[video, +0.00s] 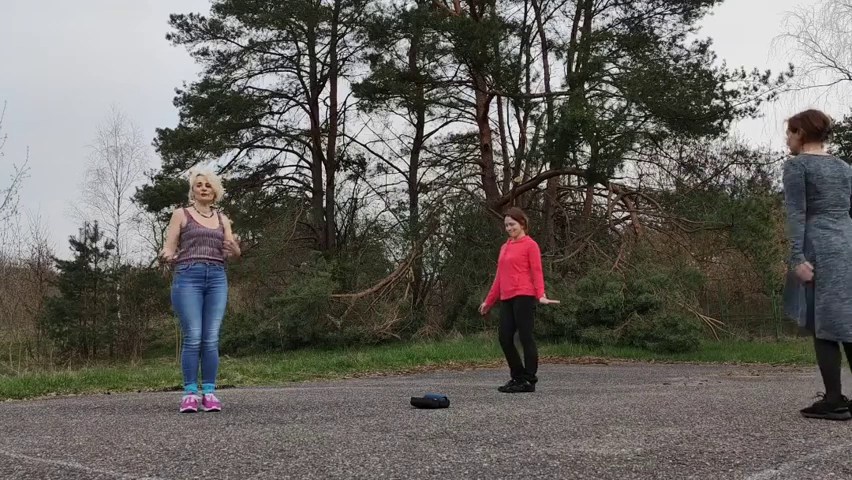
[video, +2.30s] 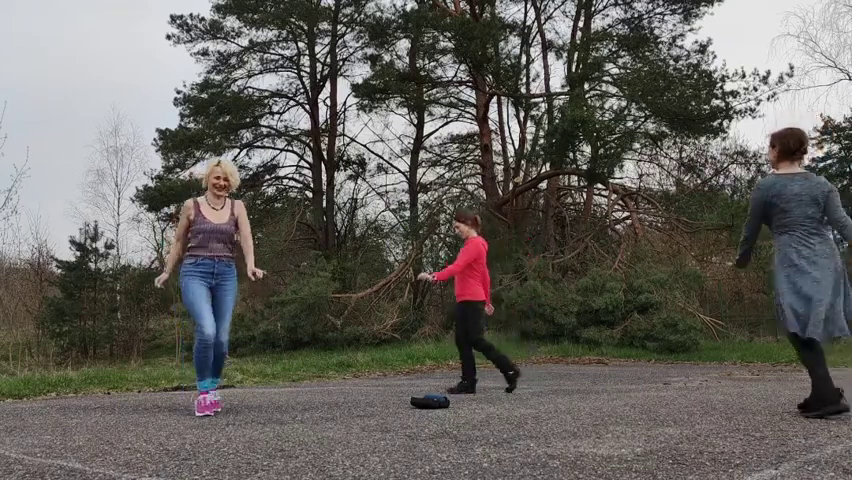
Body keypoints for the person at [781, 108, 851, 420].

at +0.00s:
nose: (786, 139)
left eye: (789, 134)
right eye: (787, 133)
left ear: (801, 134)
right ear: (821, 134)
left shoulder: (797, 164)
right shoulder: (844, 166)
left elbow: (796, 213)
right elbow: (847, 210)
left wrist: (797, 255)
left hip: (822, 252)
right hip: (848, 251)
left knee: (823, 325)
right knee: (846, 325)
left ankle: (833, 398)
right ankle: (841, 397)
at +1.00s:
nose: (793, 135)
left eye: (801, 129)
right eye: (789, 130)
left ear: (818, 134)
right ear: (786, 136)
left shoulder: (818, 165)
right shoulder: (804, 167)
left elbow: (831, 207)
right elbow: (810, 213)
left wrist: (840, 243)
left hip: (819, 252)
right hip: (812, 251)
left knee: (823, 324)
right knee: (835, 325)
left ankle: (834, 398)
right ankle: (836, 396)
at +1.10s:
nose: (791, 136)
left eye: (799, 131)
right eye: (787, 132)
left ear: (816, 136)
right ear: (783, 137)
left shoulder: (817, 165)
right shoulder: (804, 168)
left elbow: (834, 208)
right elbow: (823, 213)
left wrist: (844, 243)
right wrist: (843, 246)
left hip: (815, 253)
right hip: (812, 252)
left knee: (812, 325)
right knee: (833, 326)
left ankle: (833, 398)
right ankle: (842, 397)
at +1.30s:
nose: (784, 134)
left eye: (792, 129)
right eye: (781, 130)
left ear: (810, 134)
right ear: (779, 137)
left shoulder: (810, 163)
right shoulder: (800, 165)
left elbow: (827, 197)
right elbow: (818, 205)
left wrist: (842, 230)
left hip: (820, 256)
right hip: (817, 256)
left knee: (824, 326)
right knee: (835, 327)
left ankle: (834, 398)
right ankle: (836, 397)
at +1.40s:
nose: (777, 133)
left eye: (784, 128)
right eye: (777, 128)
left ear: (803, 134)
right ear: (803, 137)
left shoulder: (802, 165)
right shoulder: (818, 167)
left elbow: (820, 196)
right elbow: (822, 203)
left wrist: (830, 224)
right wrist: (789, 223)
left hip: (815, 255)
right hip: (831, 253)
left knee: (822, 325)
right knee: (840, 326)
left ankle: (833, 399)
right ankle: (838, 397)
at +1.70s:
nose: (776, 135)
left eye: (780, 129)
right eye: (779, 128)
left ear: (793, 134)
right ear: (805, 136)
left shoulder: (783, 166)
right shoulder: (831, 168)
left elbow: (784, 206)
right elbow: (838, 214)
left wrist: (786, 238)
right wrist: (830, 237)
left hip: (808, 249)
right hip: (838, 247)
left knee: (817, 324)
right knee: (843, 324)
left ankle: (833, 399)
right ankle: (845, 396)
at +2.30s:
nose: (768, 153)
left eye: (770, 148)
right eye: (769, 148)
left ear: (777, 151)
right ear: (802, 152)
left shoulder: (766, 185)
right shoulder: (822, 184)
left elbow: (751, 230)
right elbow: (841, 222)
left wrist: (743, 256)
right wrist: (849, 238)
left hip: (790, 260)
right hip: (824, 257)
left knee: (796, 328)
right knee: (808, 326)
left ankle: (829, 395)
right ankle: (820, 392)